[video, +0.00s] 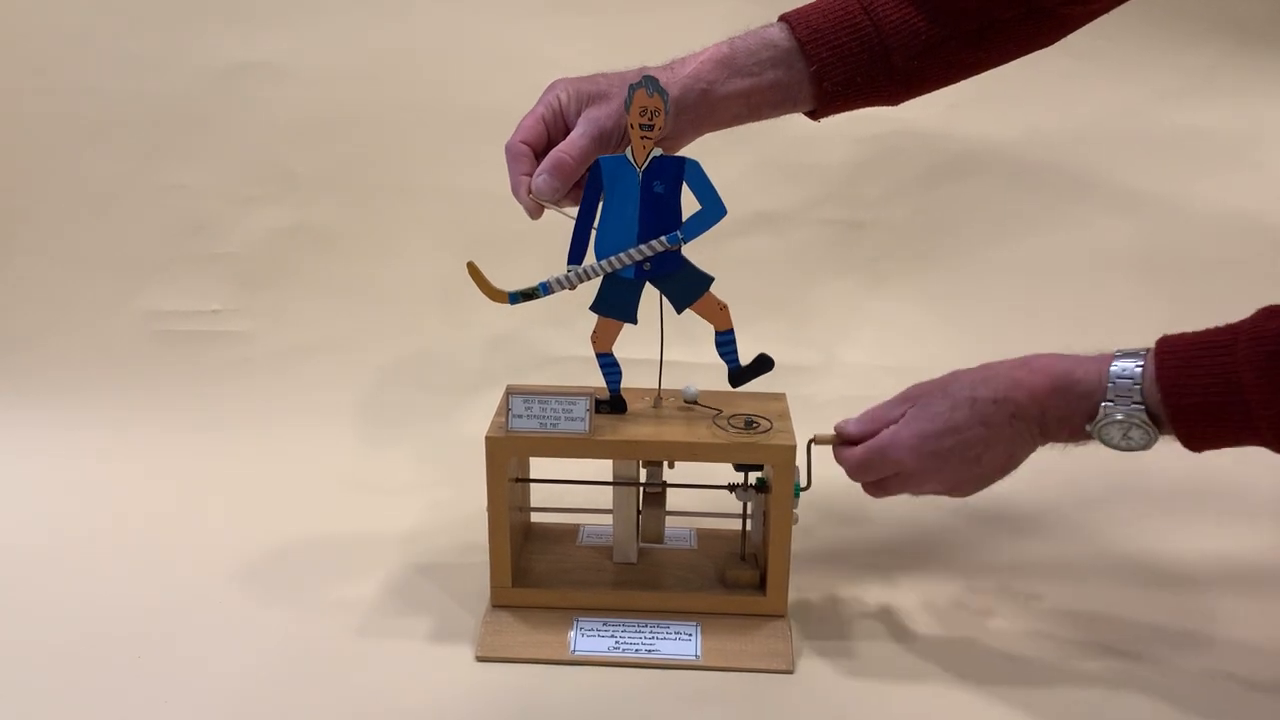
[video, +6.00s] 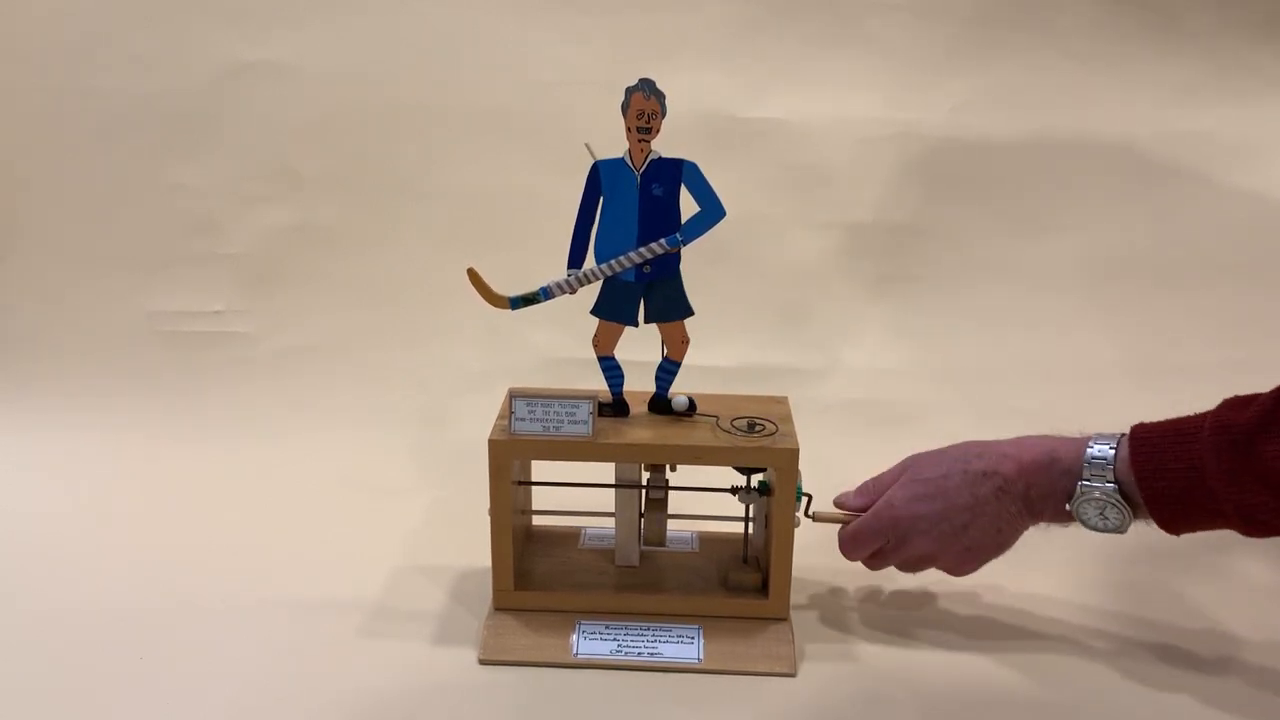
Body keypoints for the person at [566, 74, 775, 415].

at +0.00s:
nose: (649, 122)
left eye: (656, 114)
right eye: (642, 114)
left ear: (665, 119)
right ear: (628, 119)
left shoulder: (681, 167)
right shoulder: (605, 167)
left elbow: (716, 209)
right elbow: (585, 218)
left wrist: (677, 238)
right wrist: (573, 267)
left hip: (667, 264)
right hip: (621, 268)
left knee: (720, 313)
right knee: (601, 340)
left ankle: (736, 371)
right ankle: (615, 398)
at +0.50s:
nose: (645, 117)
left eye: (652, 110)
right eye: (638, 109)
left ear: (662, 117)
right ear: (625, 114)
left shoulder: (680, 164)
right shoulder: (603, 164)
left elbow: (715, 206)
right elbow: (584, 216)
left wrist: (677, 236)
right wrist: (574, 266)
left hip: (665, 267)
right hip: (620, 268)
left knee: (701, 328)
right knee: (602, 338)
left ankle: (700, 388)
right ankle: (617, 396)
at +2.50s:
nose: (643, 112)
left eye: (651, 106)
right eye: (636, 105)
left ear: (659, 113)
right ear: (622, 110)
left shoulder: (676, 161)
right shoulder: (600, 163)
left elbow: (713, 202)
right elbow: (581, 217)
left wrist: (676, 232)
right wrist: (571, 265)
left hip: (662, 265)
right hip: (618, 266)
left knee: (689, 330)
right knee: (601, 337)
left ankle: (678, 389)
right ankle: (616, 393)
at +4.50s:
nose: (644, 116)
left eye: (651, 109)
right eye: (637, 108)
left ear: (660, 115)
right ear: (622, 112)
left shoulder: (678, 163)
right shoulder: (601, 165)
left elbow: (714, 205)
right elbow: (582, 220)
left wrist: (675, 235)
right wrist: (573, 267)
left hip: (665, 265)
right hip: (620, 267)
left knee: (701, 326)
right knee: (603, 339)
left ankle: (700, 385)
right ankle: (619, 396)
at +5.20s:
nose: (642, 118)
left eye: (649, 112)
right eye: (635, 111)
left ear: (658, 119)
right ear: (621, 116)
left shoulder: (676, 167)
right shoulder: (600, 169)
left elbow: (713, 208)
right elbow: (582, 223)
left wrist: (674, 239)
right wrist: (572, 271)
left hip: (666, 262)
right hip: (621, 268)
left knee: (720, 311)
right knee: (603, 343)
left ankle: (738, 368)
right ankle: (618, 400)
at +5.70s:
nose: (647, 121)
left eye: (654, 114)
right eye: (640, 113)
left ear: (663, 122)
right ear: (626, 118)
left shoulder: (681, 170)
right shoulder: (604, 171)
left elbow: (716, 211)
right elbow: (585, 224)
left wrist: (676, 241)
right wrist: (575, 270)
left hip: (667, 270)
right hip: (621, 272)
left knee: (706, 330)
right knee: (603, 344)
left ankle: (707, 389)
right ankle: (618, 402)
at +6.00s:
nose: (646, 120)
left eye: (653, 114)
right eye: (639, 113)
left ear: (662, 121)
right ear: (624, 118)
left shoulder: (678, 169)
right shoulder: (603, 171)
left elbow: (715, 211)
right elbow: (584, 224)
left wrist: (676, 241)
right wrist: (573, 273)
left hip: (663, 276)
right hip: (619, 276)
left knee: (678, 343)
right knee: (603, 344)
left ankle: (660, 399)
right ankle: (618, 400)